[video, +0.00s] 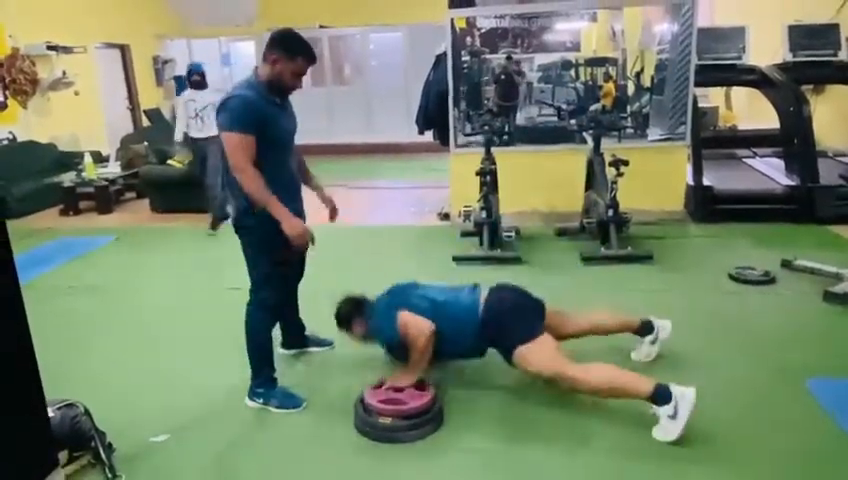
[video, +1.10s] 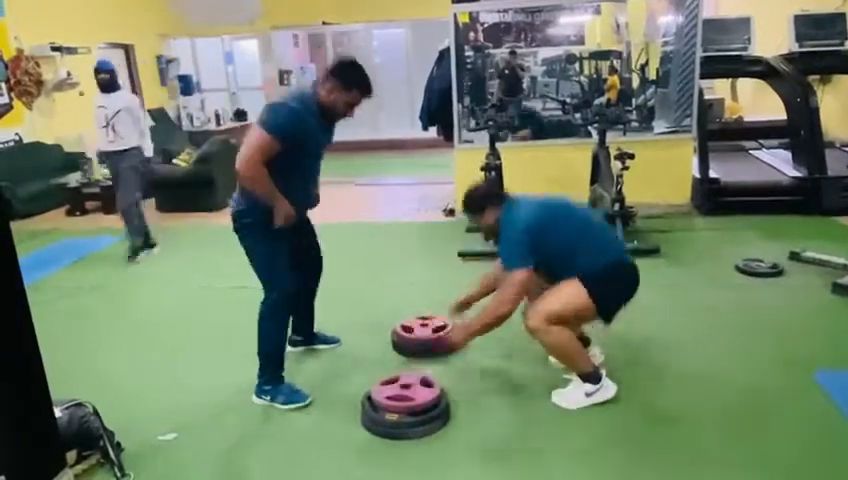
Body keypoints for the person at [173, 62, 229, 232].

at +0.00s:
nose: (197, 79)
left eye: (200, 76)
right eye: (193, 77)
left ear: (205, 76)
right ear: (188, 79)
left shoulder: (216, 95)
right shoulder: (183, 98)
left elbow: (228, 116)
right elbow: (181, 121)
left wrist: (229, 136)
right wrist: (178, 141)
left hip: (213, 140)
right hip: (195, 141)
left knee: (212, 179)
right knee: (202, 177)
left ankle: (216, 214)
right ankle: (223, 205)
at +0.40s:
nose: (172, 78)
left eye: (176, 74)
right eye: (169, 75)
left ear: (182, 75)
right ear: (166, 77)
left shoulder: (192, 94)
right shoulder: (164, 96)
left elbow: (202, 120)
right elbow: (160, 120)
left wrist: (204, 145)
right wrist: (157, 141)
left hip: (190, 141)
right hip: (172, 143)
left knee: (194, 183)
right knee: (178, 185)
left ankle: (198, 226)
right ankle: (200, 205)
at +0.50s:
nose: (162, 78)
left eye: (166, 75)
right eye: (160, 75)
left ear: (174, 75)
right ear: (158, 77)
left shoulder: (187, 95)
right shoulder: (159, 96)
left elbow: (194, 121)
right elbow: (156, 121)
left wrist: (191, 143)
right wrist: (154, 141)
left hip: (183, 143)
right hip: (164, 144)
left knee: (192, 184)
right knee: (163, 185)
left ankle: (200, 223)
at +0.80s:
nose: (131, 81)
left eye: (134, 77)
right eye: (129, 78)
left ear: (143, 77)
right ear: (127, 80)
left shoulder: (153, 97)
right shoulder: (134, 99)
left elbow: (165, 124)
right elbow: (136, 125)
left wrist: (158, 143)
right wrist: (132, 142)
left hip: (156, 148)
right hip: (140, 148)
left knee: (169, 191)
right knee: (143, 194)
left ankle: (193, 218)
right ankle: (147, 235)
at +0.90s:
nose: (120, 80)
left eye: (123, 75)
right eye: (117, 77)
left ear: (133, 75)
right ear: (115, 79)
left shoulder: (145, 97)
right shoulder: (121, 100)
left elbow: (157, 126)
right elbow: (121, 128)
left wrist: (152, 148)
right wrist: (121, 150)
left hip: (146, 150)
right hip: (129, 151)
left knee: (154, 197)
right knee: (136, 198)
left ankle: (178, 217)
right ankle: (147, 237)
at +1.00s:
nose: (111, 80)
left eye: (115, 76)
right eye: (108, 77)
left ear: (123, 76)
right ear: (105, 79)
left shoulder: (137, 97)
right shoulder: (109, 100)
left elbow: (151, 124)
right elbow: (110, 127)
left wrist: (150, 150)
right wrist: (110, 150)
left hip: (138, 150)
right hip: (120, 152)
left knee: (136, 201)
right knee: (134, 200)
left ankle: (158, 227)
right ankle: (147, 237)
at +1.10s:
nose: (102, 81)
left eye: (105, 76)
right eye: (98, 77)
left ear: (114, 77)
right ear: (95, 79)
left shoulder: (130, 100)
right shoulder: (99, 102)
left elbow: (144, 127)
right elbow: (101, 128)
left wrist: (148, 152)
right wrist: (99, 150)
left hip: (130, 151)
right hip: (110, 153)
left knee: (125, 200)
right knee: (128, 199)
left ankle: (136, 242)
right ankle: (146, 238)